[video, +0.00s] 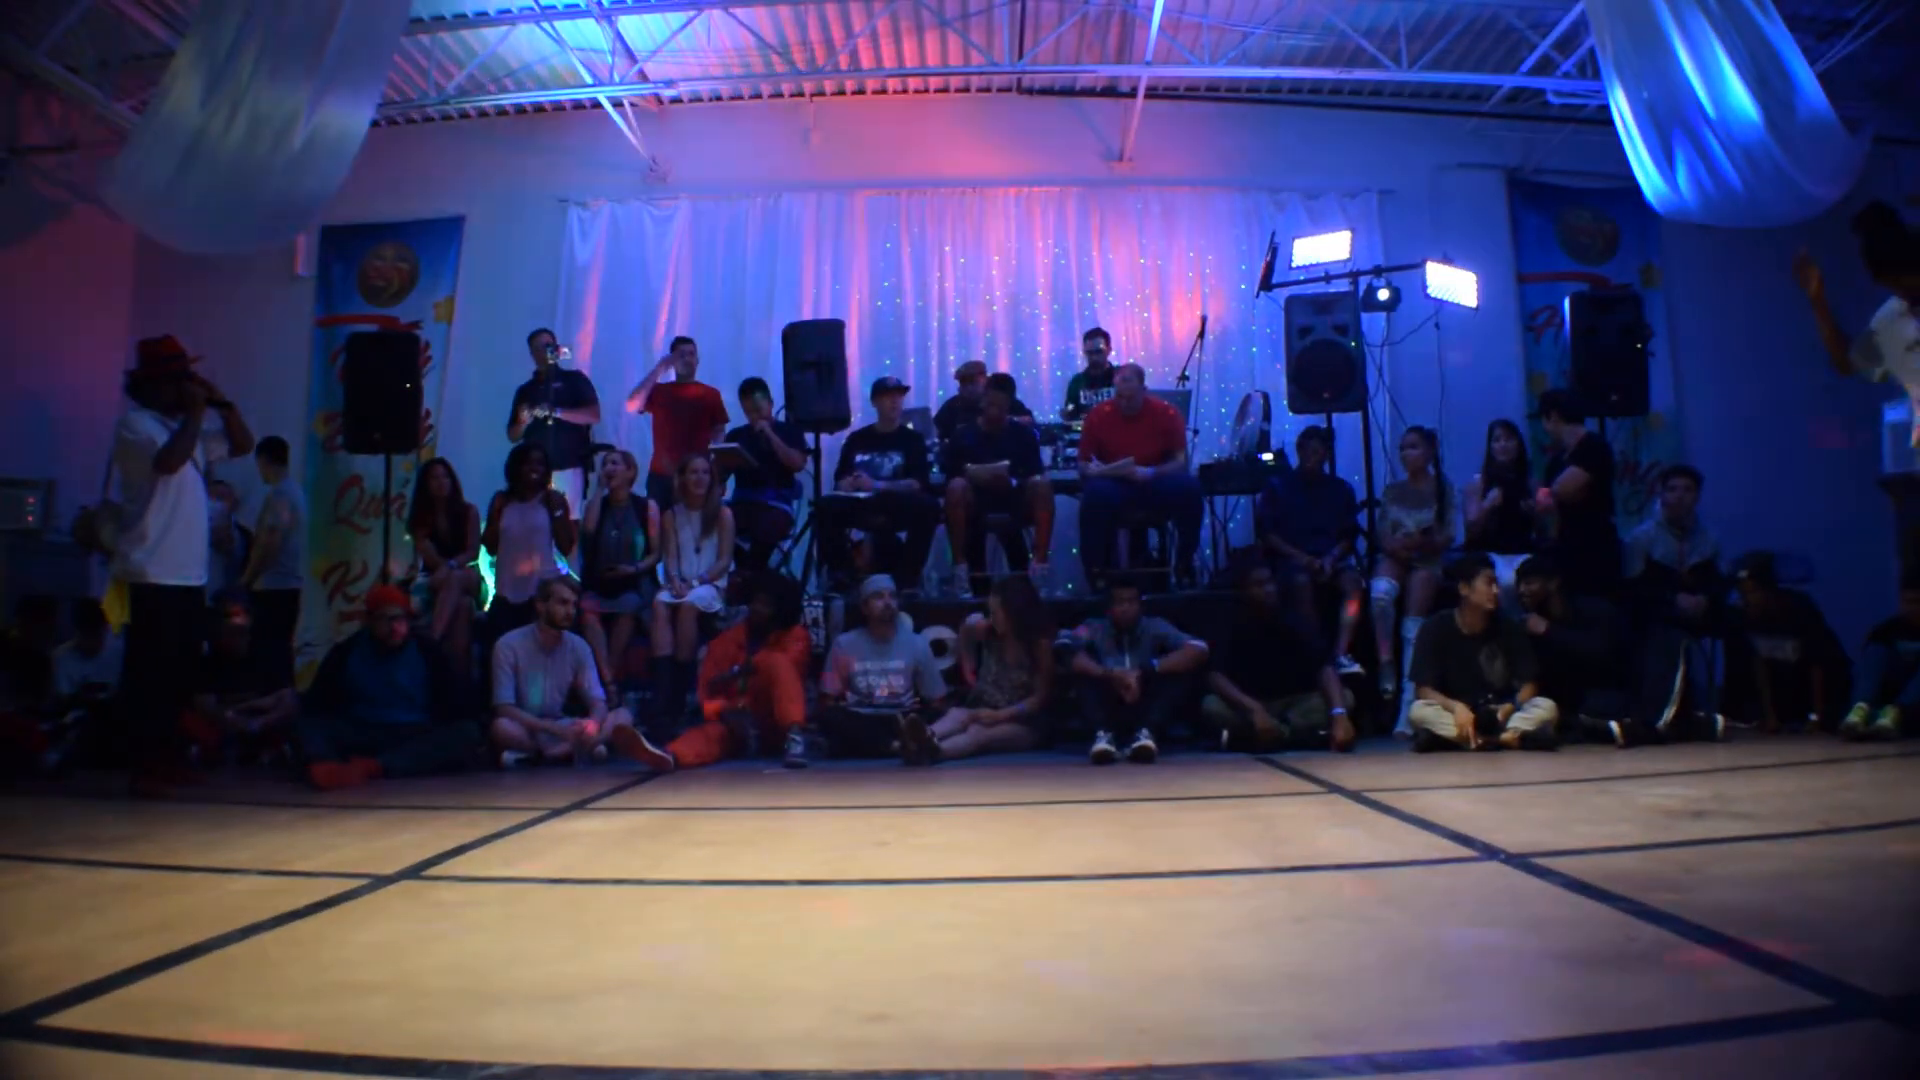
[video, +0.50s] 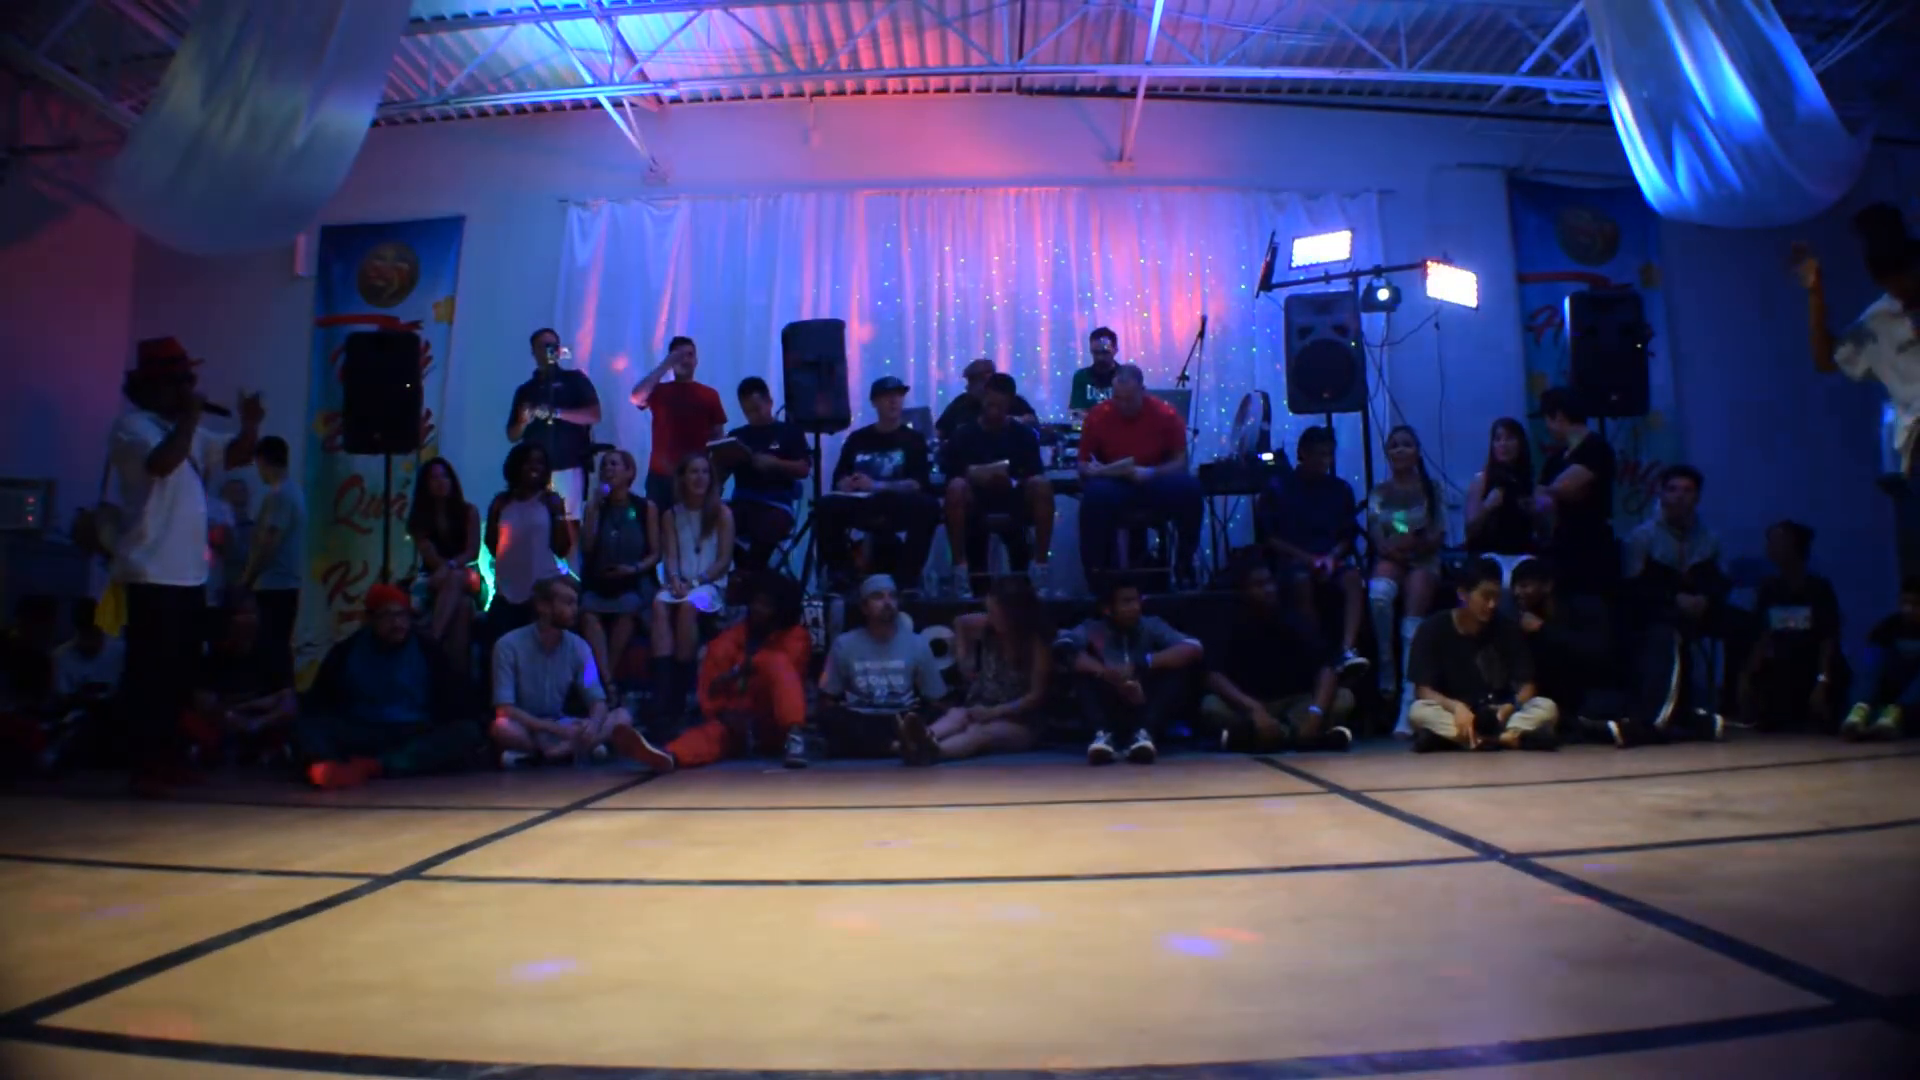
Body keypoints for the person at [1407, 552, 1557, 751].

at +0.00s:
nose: (1495, 590)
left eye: (1495, 584)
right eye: (1488, 583)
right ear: (1464, 589)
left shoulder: (1507, 626)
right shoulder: (1436, 628)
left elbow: (1529, 684)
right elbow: (1423, 690)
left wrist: (1511, 707)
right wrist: (1457, 708)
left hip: (1500, 706)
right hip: (1458, 708)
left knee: (1546, 707)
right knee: (1419, 711)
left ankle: (1468, 743)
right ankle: (1506, 740)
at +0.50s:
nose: (1492, 605)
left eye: (1495, 597)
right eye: (1485, 596)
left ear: (1500, 596)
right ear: (1463, 594)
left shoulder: (1505, 627)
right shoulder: (1434, 628)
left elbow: (1528, 686)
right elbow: (1423, 690)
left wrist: (1511, 706)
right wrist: (1457, 707)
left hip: (1499, 707)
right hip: (1456, 710)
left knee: (1547, 707)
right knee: (1419, 712)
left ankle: (1470, 743)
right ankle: (1508, 740)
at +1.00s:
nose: (1499, 612)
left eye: (1505, 606)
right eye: (1494, 603)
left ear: (1511, 606)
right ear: (1472, 596)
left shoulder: (1510, 630)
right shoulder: (1438, 629)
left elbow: (1528, 686)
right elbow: (1423, 690)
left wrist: (1508, 707)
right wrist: (1456, 707)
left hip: (1499, 706)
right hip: (1457, 710)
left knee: (1546, 707)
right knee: (1418, 711)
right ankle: (1505, 740)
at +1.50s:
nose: (1500, 612)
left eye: (1506, 606)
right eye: (1495, 603)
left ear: (1512, 606)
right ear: (1474, 595)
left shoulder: (1512, 630)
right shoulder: (1439, 629)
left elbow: (1530, 686)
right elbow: (1424, 690)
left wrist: (1509, 708)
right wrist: (1457, 707)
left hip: (1501, 707)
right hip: (1459, 711)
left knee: (1547, 707)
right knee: (1419, 711)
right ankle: (1505, 741)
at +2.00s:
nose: (1500, 612)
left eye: (1506, 606)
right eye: (1494, 603)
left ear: (1511, 605)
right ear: (1473, 595)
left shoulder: (1513, 631)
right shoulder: (1438, 629)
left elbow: (1529, 686)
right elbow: (1423, 690)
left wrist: (1511, 706)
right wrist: (1456, 707)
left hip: (1501, 705)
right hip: (1457, 707)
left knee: (1546, 707)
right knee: (1418, 711)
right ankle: (1506, 740)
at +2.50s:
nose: (1507, 600)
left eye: (1506, 594)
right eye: (1501, 593)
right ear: (1476, 597)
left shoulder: (1512, 629)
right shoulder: (1437, 629)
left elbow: (1528, 685)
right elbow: (1423, 689)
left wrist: (1512, 706)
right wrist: (1456, 707)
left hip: (1500, 706)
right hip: (1456, 709)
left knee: (1546, 708)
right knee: (1418, 711)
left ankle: (1469, 742)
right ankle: (1504, 740)